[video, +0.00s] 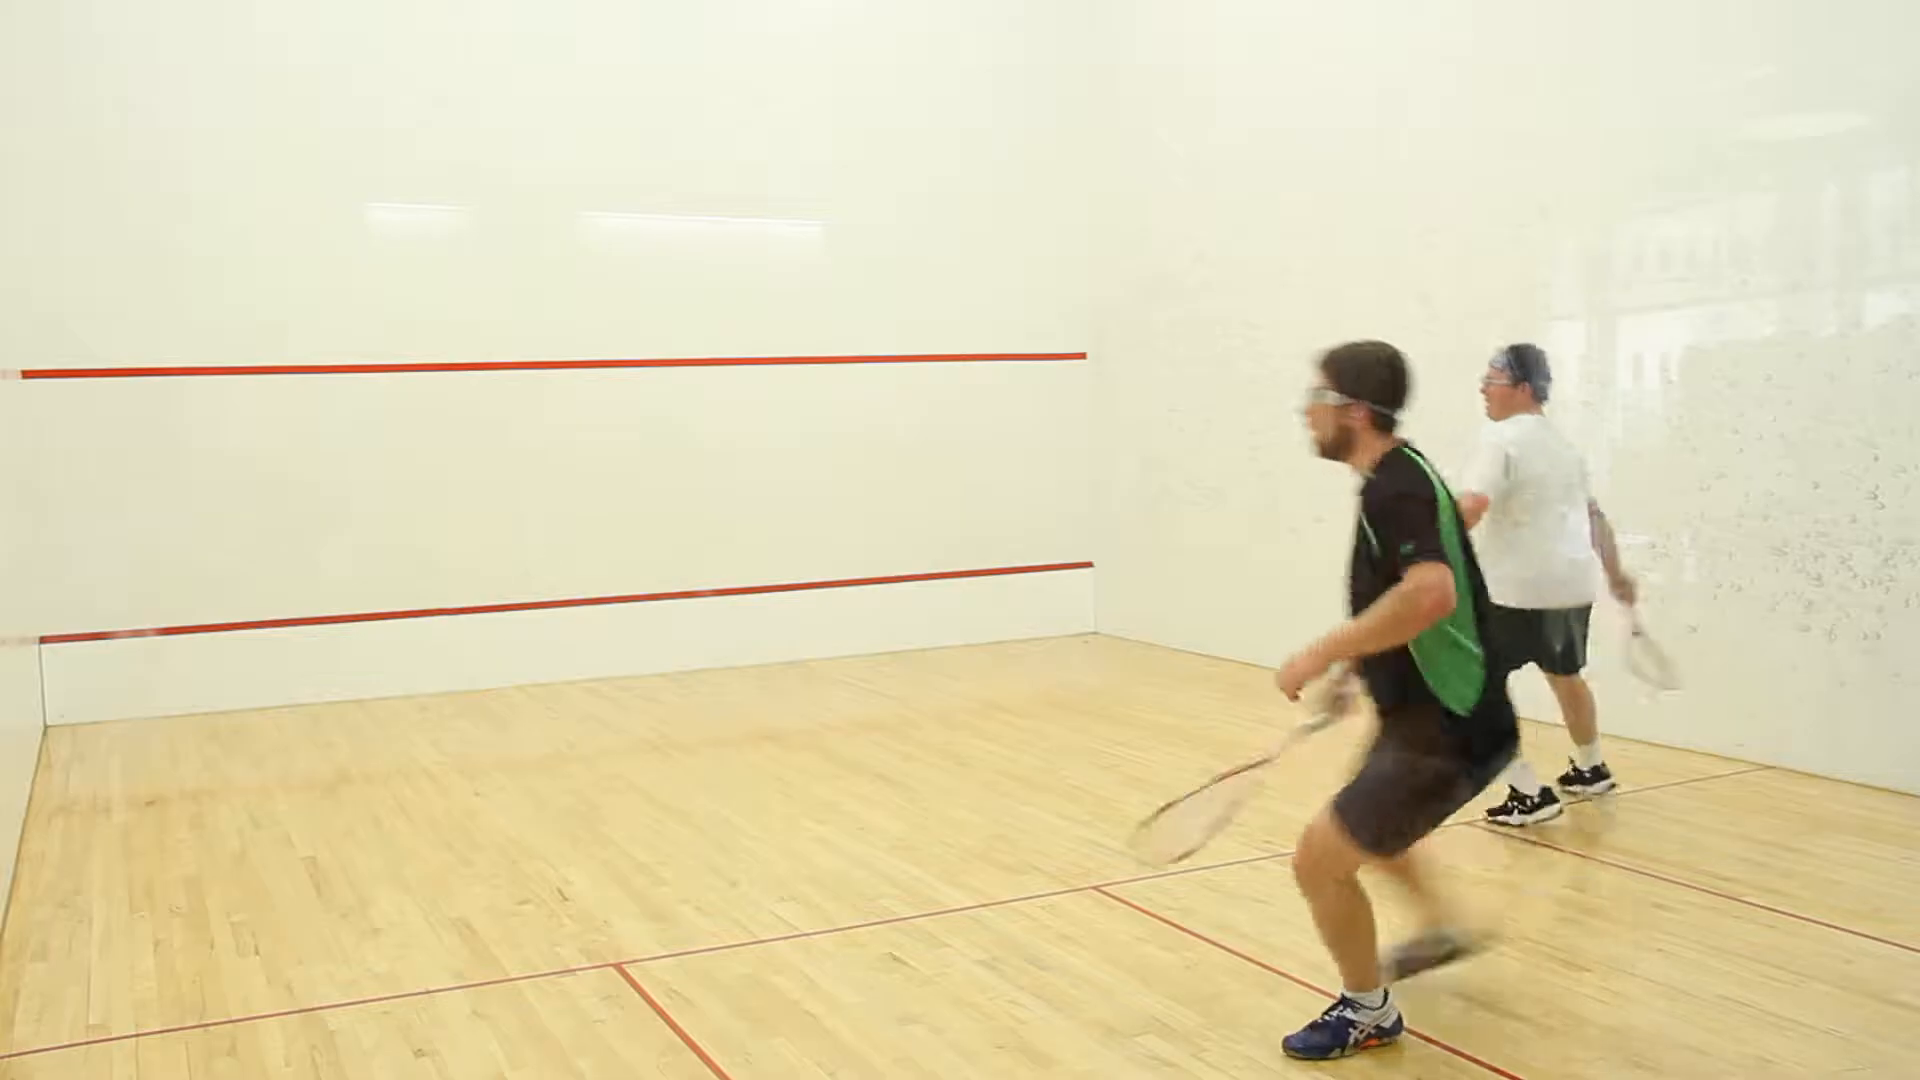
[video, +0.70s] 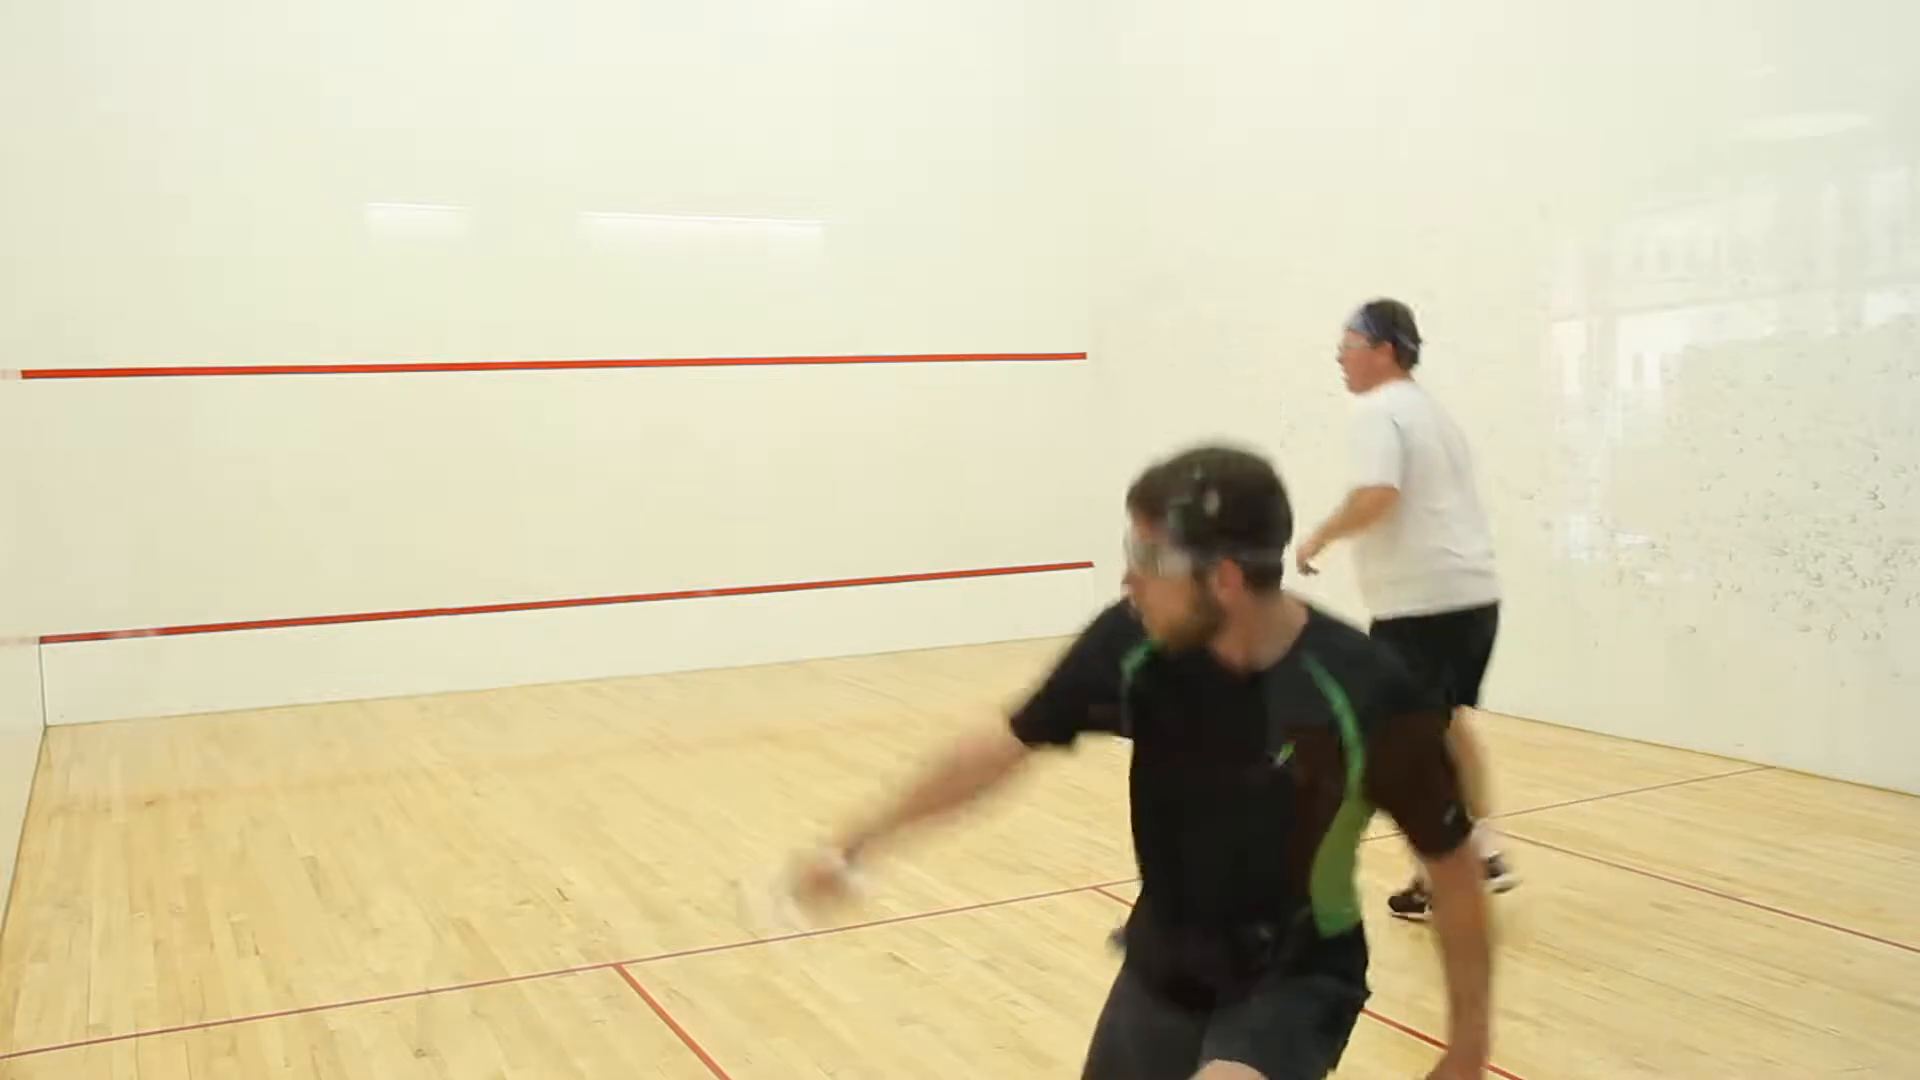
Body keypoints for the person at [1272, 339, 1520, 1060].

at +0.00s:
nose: (1308, 413)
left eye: (1319, 400)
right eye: (1312, 399)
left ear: (1357, 413)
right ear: (1367, 414)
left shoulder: (1398, 482)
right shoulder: (1397, 476)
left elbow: (1432, 591)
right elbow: (1414, 598)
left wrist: (1323, 652)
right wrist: (1359, 665)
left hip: (1452, 729)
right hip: (1423, 713)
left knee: (1319, 860)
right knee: (1369, 820)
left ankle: (1367, 1007)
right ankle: (1442, 927)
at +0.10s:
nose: (1248, 408)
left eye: (1262, 394)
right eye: (1252, 393)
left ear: (1311, 406)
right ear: (1303, 407)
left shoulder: (1377, 471)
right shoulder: (1318, 495)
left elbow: (1427, 594)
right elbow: (1295, 608)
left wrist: (1314, 659)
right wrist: (1234, 685)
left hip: (1432, 734)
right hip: (1363, 717)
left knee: (1291, 870)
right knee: (1270, 855)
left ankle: (1347, 983)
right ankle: (1259, 1000)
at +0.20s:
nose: (1204, 429)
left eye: (1219, 414)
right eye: (1207, 412)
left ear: (1275, 422)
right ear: (1262, 425)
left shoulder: (1369, 500)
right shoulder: (1242, 526)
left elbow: (1443, 627)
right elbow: (1193, 637)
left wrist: (1341, 716)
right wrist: (1131, 733)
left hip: (1398, 740)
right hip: (1302, 730)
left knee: (1265, 895)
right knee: (1224, 900)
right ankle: (1203, 1049)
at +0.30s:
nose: (1173, 447)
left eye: (1190, 431)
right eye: (1176, 428)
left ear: (1253, 441)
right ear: (1237, 444)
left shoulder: (1365, 523)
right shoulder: (1188, 545)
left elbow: (1477, 630)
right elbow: (1158, 662)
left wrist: (1414, 723)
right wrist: (1198, 683)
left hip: (1348, 796)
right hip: (1243, 793)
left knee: (1264, 953)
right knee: (1185, 976)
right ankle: (1207, 1044)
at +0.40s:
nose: (1146, 474)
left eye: (1163, 456)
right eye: (1148, 455)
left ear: (1230, 464)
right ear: (1223, 466)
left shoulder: (1359, 541)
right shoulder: (1162, 560)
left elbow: (1476, 634)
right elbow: (1187, 672)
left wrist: (1464, 720)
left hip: (1324, 847)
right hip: (1211, 834)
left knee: (1253, 1060)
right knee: (1167, 997)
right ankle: (1189, 1029)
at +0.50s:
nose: (1126, 538)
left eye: (1147, 518)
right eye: (1129, 517)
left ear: (1220, 527)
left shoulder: (1336, 615)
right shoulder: (1139, 625)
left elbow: (1434, 709)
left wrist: (1450, 837)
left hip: (1303, 928)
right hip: (1179, 928)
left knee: (1262, 1065)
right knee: (1143, 1067)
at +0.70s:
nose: (1127, 585)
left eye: (1148, 565)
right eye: (1131, 561)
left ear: (1225, 579)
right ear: (1218, 577)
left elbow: (1453, 865)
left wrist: (1469, 1050)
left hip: (1299, 969)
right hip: (1169, 949)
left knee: (1227, 1074)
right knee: (1115, 1072)